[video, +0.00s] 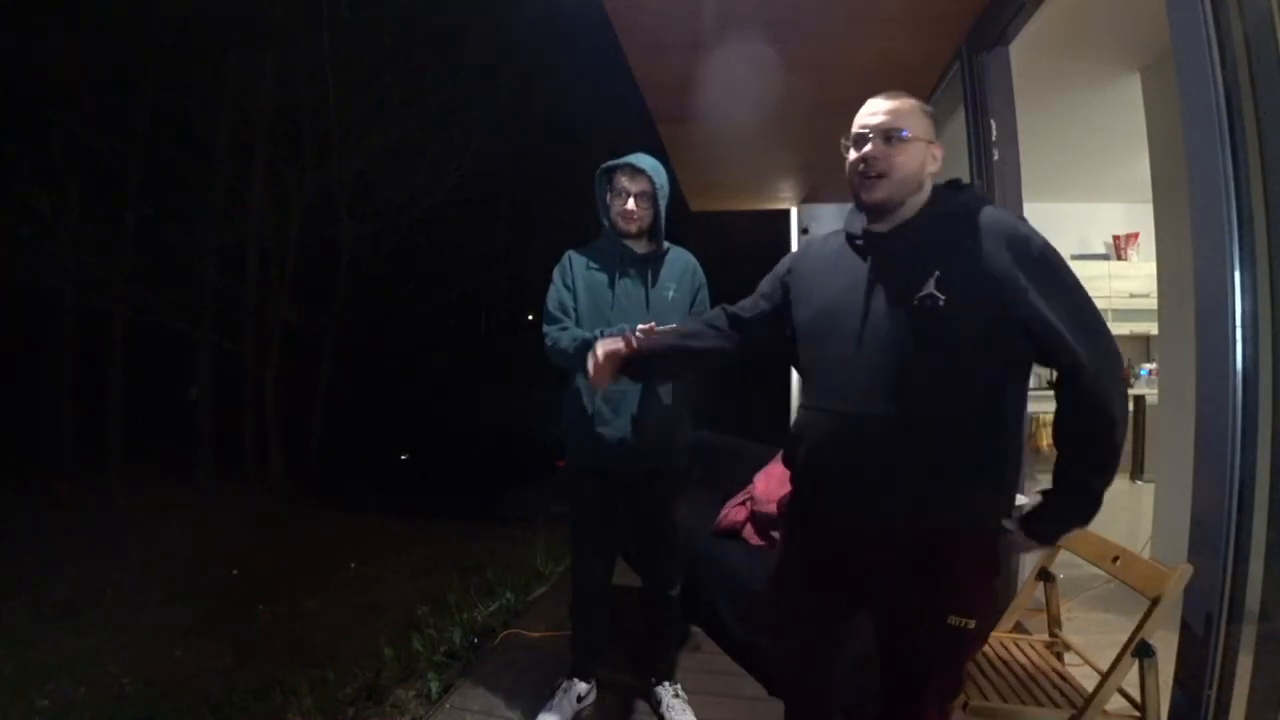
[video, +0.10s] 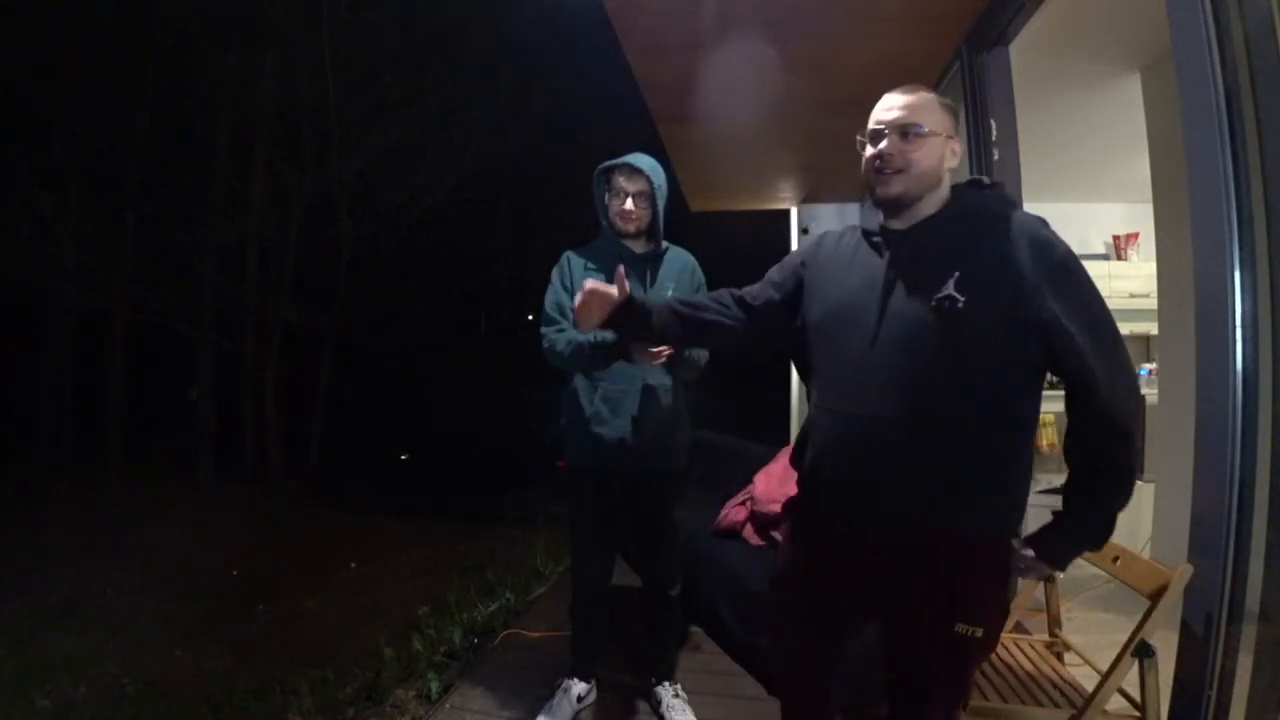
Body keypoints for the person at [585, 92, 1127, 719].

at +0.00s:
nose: (864, 152)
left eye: (889, 137)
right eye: (855, 140)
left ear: (934, 155)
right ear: (845, 158)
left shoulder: (994, 242)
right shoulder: (813, 259)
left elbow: (1096, 374)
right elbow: (737, 327)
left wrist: (1058, 512)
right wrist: (640, 347)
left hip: (946, 537)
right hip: (825, 531)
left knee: (915, 702)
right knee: (807, 696)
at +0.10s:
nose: (881, 147)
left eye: (905, 132)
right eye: (871, 137)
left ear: (954, 150)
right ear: (861, 155)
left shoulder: (1014, 244)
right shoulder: (825, 254)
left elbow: (1110, 397)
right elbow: (740, 312)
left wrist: (1067, 533)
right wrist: (636, 313)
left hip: (952, 545)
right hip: (828, 535)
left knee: (923, 705)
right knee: (805, 697)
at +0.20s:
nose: (894, 145)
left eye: (919, 129)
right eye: (885, 135)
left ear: (973, 147)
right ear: (874, 152)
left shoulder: (1035, 246)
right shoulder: (836, 248)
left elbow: (1128, 408)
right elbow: (742, 302)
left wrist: (1083, 547)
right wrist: (627, 281)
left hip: (956, 549)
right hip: (830, 536)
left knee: (926, 705)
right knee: (803, 694)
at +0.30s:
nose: (904, 140)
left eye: (930, 125)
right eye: (897, 130)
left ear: (984, 143)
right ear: (886, 149)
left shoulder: (1048, 244)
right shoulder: (847, 243)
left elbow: (1134, 417)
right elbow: (749, 291)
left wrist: (1103, 572)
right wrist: (634, 264)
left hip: (960, 552)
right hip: (833, 535)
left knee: (930, 707)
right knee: (797, 695)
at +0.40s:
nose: (911, 139)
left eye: (937, 123)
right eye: (904, 128)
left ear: (992, 141)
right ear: (894, 147)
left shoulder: (1059, 246)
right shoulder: (856, 241)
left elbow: (1135, 425)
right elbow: (752, 288)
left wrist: (1121, 581)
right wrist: (637, 260)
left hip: (964, 554)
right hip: (836, 536)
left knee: (935, 707)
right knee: (793, 691)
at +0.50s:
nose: (918, 136)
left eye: (945, 122)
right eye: (911, 126)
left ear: (998, 140)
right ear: (900, 147)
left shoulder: (1063, 245)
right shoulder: (861, 239)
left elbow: (1138, 428)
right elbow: (757, 289)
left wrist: (1122, 580)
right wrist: (639, 261)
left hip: (968, 556)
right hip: (838, 538)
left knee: (934, 710)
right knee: (794, 698)